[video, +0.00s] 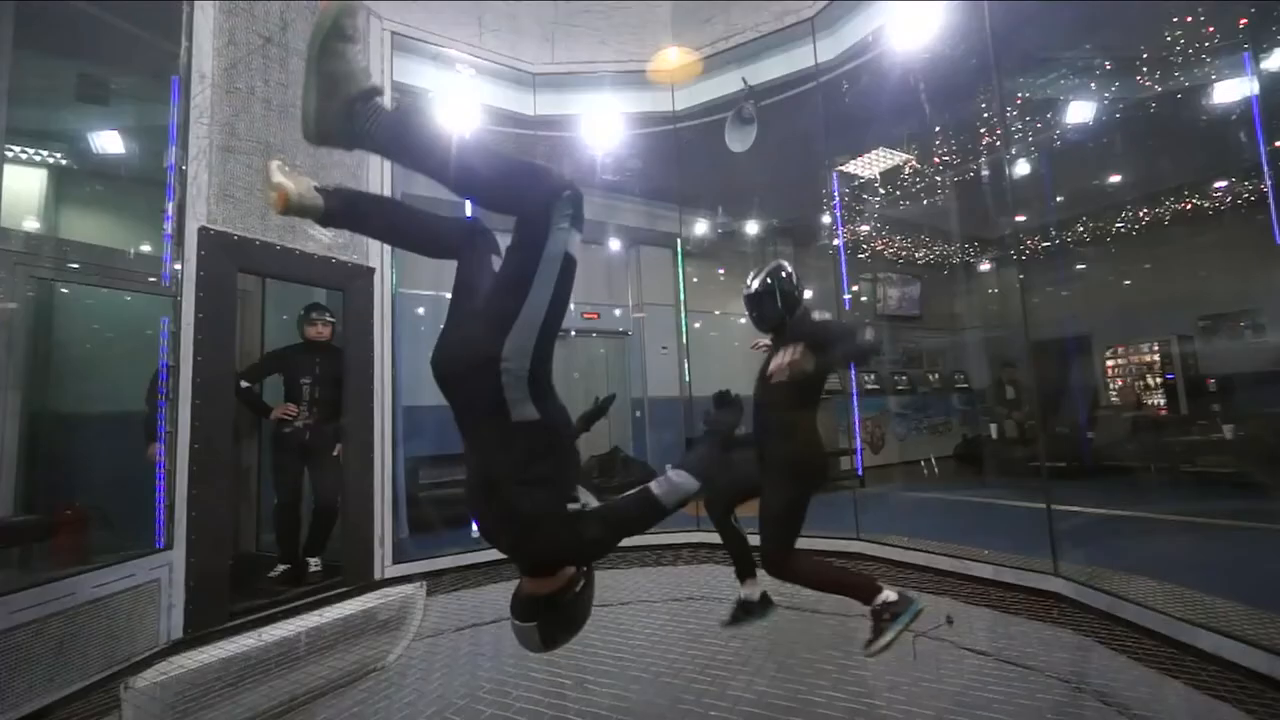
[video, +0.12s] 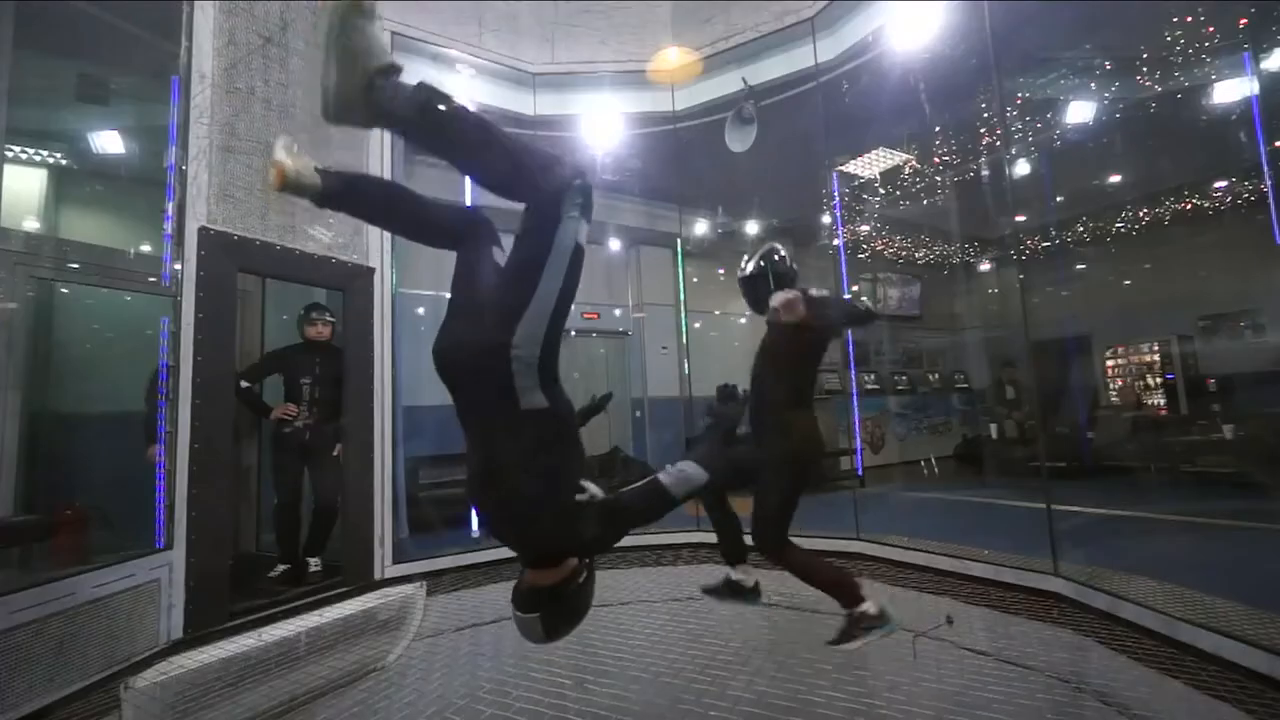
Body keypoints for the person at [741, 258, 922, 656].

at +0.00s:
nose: (758, 315)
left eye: (761, 306)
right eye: (754, 308)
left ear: (779, 300)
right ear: (786, 300)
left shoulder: (812, 332)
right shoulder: (789, 336)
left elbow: (863, 343)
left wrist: (812, 355)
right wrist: (775, 346)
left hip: (795, 460)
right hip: (772, 455)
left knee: (778, 559)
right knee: (716, 498)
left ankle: (885, 600)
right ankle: (751, 592)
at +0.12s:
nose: (748, 296)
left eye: (751, 287)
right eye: (746, 288)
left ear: (768, 282)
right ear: (783, 278)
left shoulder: (802, 314)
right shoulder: (782, 318)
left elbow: (860, 313)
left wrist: (807, 308)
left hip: (791, 446)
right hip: (771, 442)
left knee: (770, 541)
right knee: (707, 482)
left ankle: (860, 606)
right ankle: (740, 577)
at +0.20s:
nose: (747, 277)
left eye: (751, 267)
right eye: (745, 269)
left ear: (770, 262)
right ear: (767, 267)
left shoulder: (802, 291)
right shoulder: (771, 302)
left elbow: (848, 298)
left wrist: (798, 304)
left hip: (781, 429)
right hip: (756, 425)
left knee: (769, 521)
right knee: (702, 475)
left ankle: (830, 610)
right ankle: (724, 567)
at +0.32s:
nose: (742, 251)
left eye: (747, 241)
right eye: (739, 243)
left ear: (766, 238)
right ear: (739, 245)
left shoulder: (790, 267)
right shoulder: (758, 283)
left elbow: (849, 269)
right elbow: (751, 344)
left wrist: (817, 271)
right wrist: (729, 378)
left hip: (767, 392)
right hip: (736, 392)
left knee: (753, 484)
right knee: (706, 477)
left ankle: (778, 593)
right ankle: (707, 571)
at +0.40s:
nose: (733, 242)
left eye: (738, 233)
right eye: (729, 235)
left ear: (760, 228)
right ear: (734, 235)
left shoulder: (782, 257)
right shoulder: (751, 266)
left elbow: (830, 259)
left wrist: (852, 253)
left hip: (752, 377)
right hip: (724, 377)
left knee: (743, 475)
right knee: (702, 466)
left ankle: (754, 580)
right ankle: (701, 565)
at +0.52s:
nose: (726, 227)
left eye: (734, 219)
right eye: (721, 221)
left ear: (748, 222)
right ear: (714, 226)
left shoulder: (762, 253)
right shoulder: (719, 261)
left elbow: (811, 255)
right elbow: (703, 285)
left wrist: (860, 254)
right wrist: (678, 290)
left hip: (729, 363)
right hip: (695, 362)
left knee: (725, 460)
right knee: (689, 456)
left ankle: (732, 565)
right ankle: (691, 554)